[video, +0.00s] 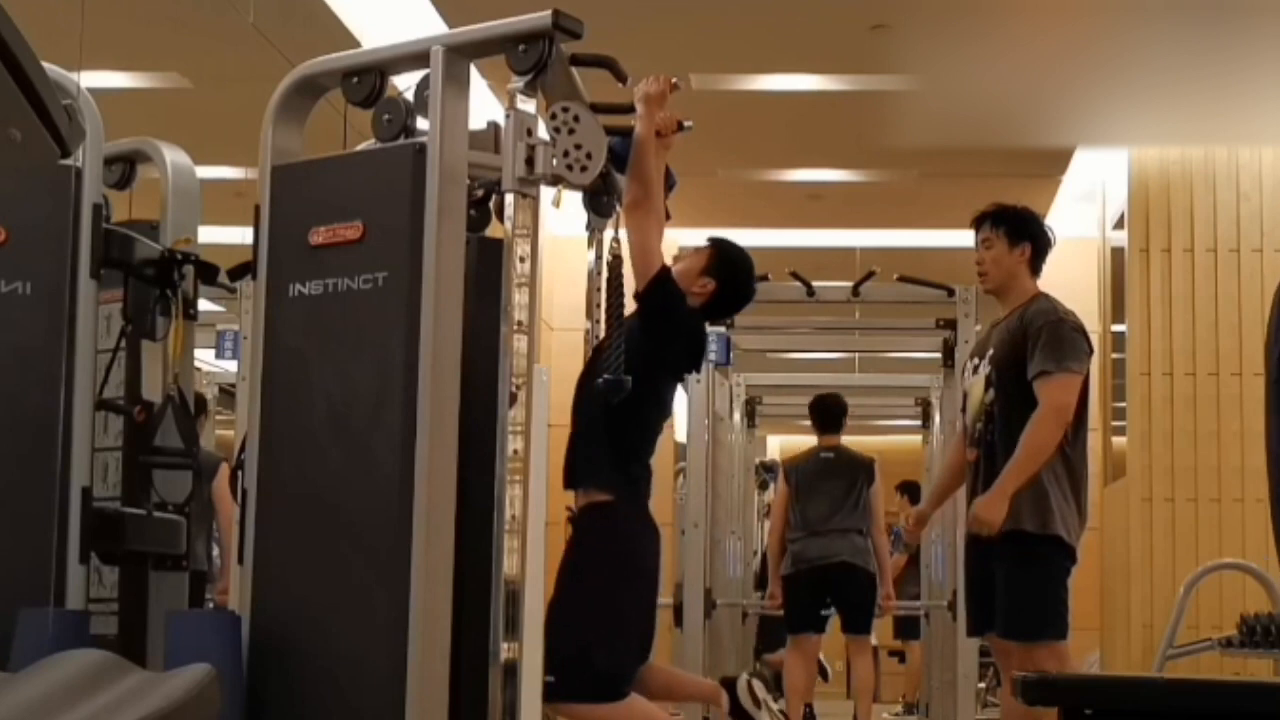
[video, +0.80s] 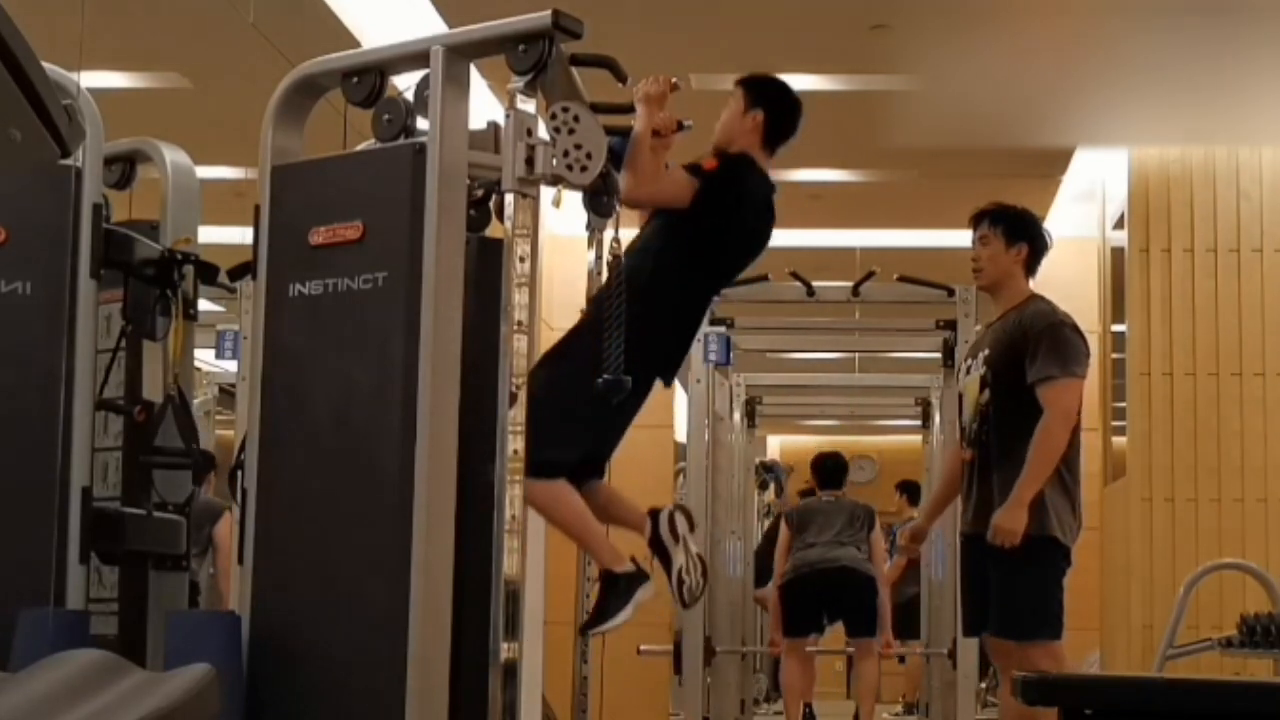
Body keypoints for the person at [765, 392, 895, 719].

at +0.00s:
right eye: (840, 418)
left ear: (812, 422)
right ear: (844, 422)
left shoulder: (791, 467)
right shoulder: (866, 466)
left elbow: (777, 529)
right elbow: (878, 530)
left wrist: (773, 580)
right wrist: (887, 582)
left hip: (805, 573)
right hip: (855, 571)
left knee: (800, 648)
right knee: (860, 646)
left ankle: (795, 716)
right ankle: (863, 715)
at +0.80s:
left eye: (816, 475)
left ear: (814, 479)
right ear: (846, 479)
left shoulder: (793, 515)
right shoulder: (866, 514)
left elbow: (779, 576)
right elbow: (881, 575)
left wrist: (776, 631)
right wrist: (887, 630)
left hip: (803, 583)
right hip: (856, 582)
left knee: (794, 651)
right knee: (866, 653)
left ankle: (794, 716)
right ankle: (865, 716)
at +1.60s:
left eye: (820, 427)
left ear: (815, 432)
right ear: (847, 431)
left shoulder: (795, 474)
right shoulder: (868, 473)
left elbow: (782, 534)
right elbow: (879, 537)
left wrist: (775, 578)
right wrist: (887, 589)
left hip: (805, 574)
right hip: (855, 573)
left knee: (803, 652)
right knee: (862, 649)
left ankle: (794, 715)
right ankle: (864, 714)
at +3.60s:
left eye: (817, 467)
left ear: (814, 471)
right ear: (847, 471)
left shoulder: (794, 509)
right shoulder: (868, 508)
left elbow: (780, 570)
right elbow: (881, 571)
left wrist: (781, 622)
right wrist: (887, 625)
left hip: (806, 587)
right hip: (858, 586)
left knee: (800, 653)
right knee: (866, 653)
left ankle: (796, 716)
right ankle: (865, 715)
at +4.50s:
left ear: (818, 428)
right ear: (850, 428)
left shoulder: (796, 473)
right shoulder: (871, 472)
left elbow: (782, 535)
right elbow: (882, 534)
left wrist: (774, 586)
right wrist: (889, 587)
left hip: (806, 574)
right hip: (856, 573)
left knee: (802, 649)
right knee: (862, 649)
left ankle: (796, 715)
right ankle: (865, 714)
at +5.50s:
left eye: (814, 396)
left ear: (811, 399)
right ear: (845, 398)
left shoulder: (790, 448)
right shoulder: (866, 447)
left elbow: (771, 509)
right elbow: (884, 510)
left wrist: (772, 559)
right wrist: (888, 560)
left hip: (806, 567)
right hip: (855, 566)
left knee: (805, 649)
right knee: (858, 650)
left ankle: (797, 716)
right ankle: (863, 715)